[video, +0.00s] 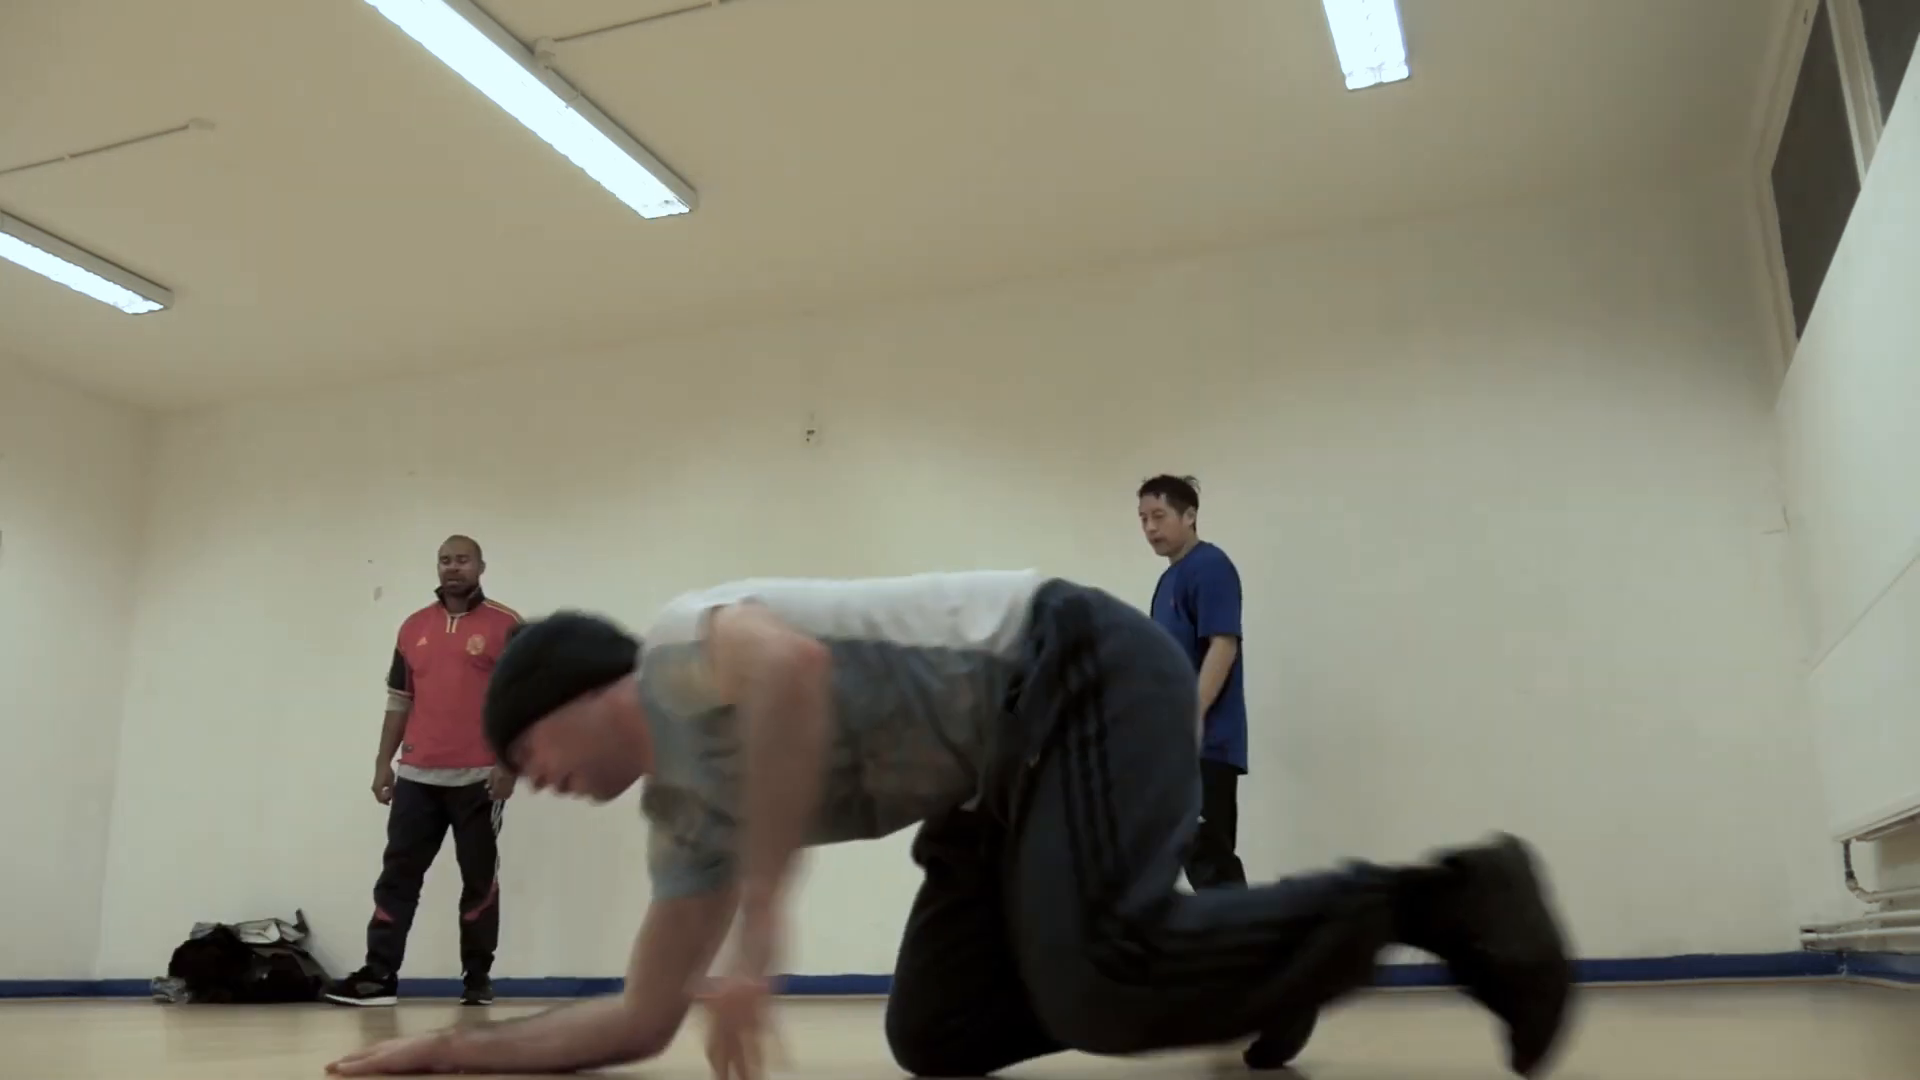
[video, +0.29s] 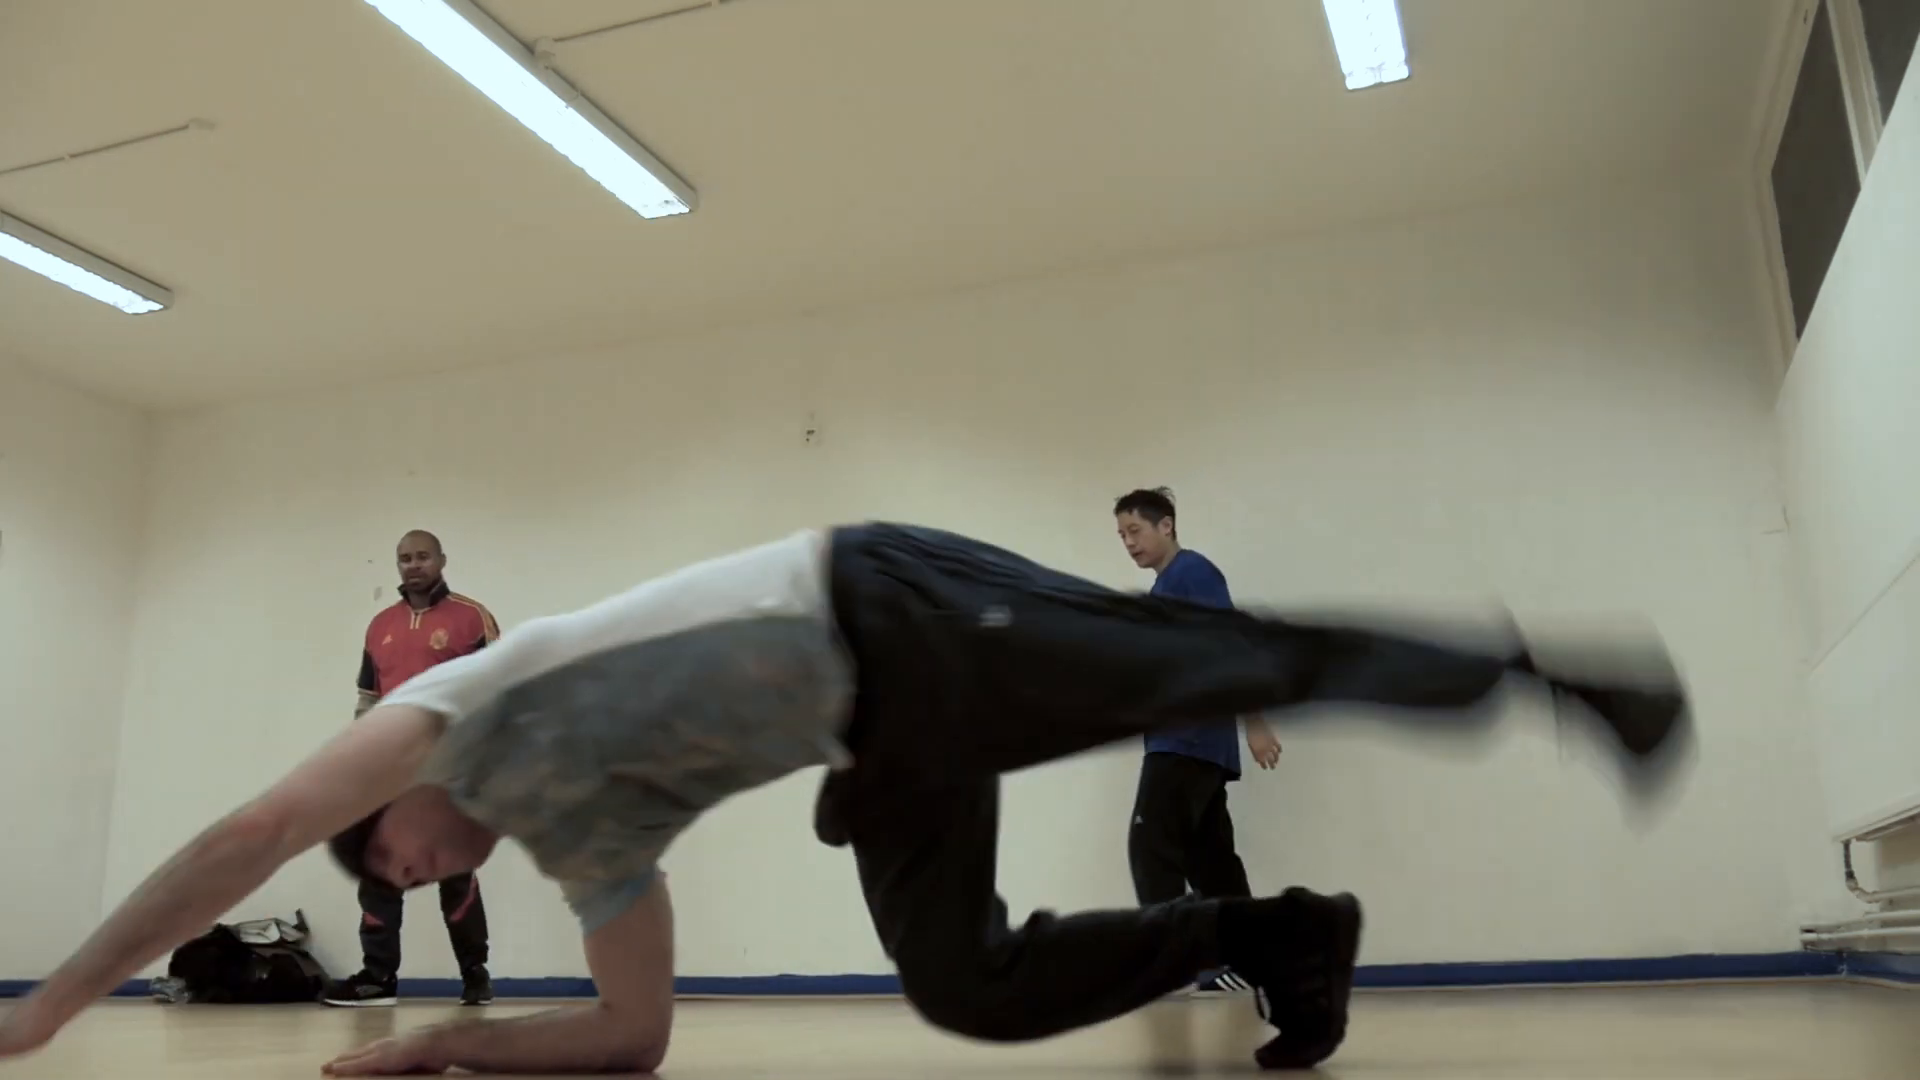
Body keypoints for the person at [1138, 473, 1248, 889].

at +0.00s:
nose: (1150, 527)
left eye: (1159, 516)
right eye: (1145, 519)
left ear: (1189, 517)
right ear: (1141, 522)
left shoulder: (1211, 565)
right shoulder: (1168, 579)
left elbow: (1224, 645)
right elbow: (1164, 654)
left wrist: (1192, 715)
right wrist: (1161, 715)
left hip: (1211, 740)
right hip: (1180, 738)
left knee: (1210, 854)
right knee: (1197, 855)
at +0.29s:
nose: (1128, 542)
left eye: (1135, 531)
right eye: (1123, 534)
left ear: (1166, 526)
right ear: (1129, 537)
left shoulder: (1193, 574)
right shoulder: (1167, 585)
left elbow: (1230, 650)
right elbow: (1183, 660)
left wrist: (1255, 723)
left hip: (1189, 743)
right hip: (1184, 744)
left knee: (1151, 848)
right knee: (1212, 862)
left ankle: (1179, 964)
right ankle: (1250, 962)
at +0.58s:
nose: (1093, 548)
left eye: (1100, 536)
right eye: (1088, 541)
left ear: (1130, 534)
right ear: (1093, 546)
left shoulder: (1152, 583)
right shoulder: (1132, 592)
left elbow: (1185, 662)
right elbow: (1144, 675)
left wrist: (1199, 733)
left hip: (1156, 754)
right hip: (1154, 755)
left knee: (1137, 862)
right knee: (1195, 860)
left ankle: (1120, 970)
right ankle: (1249, 961)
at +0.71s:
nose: (1076, 545)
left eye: (1084, 534)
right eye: (1070, 538)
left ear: (1113, 533)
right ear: (1072, 543)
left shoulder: (1128, 581)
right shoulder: (1119, 587)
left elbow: (1137, 660)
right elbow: (1119, 683)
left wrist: (1129, 734)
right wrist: (1106, 766)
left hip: (1132, 748)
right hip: (1143, 748)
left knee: (1118, 860)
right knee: (1165, 855)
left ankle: (1117, 970)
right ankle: (1238, 952)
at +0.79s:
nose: (1066, 545)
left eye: (1074, 534)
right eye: (1061, 537)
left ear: (1104, 533)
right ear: (1067, 543)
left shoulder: (1116, 581)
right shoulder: (1110, 585)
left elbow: (1107, 664)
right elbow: (1104, 674)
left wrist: (1073, 739)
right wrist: (1081, 763)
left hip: (1121, 750)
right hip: (1129, 750)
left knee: (1110, 860)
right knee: (1131, 856)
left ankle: (1116, 971)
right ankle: (1218, 939)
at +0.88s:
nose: (1056, 545)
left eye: (1064, 534)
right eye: (1051, 537)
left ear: (1094, 533)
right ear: (1054, 541)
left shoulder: (1104, 583)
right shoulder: (1098, 584)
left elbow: (1081, 666)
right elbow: (1095, 680)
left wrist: (1024, 725)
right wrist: (1070, 741)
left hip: (1109, 750)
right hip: (1100, 750)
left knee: (1102, 857)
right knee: (1104, 856)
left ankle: (1115, 972)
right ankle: (1190, 925)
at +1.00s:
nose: (1039, 544)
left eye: (1048, 533)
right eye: (1035, 536)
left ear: (1078, 533)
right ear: (1038, 539)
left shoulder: (1087, 583)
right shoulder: (1077, 585)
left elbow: (1049, 662)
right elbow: (1085, 689)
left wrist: (983, 702)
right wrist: (1054, 751)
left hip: (1092, 747)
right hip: (1075, 749)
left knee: (1099, 857)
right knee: (1051, 846)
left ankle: (1117, 969)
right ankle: (1126, 934)